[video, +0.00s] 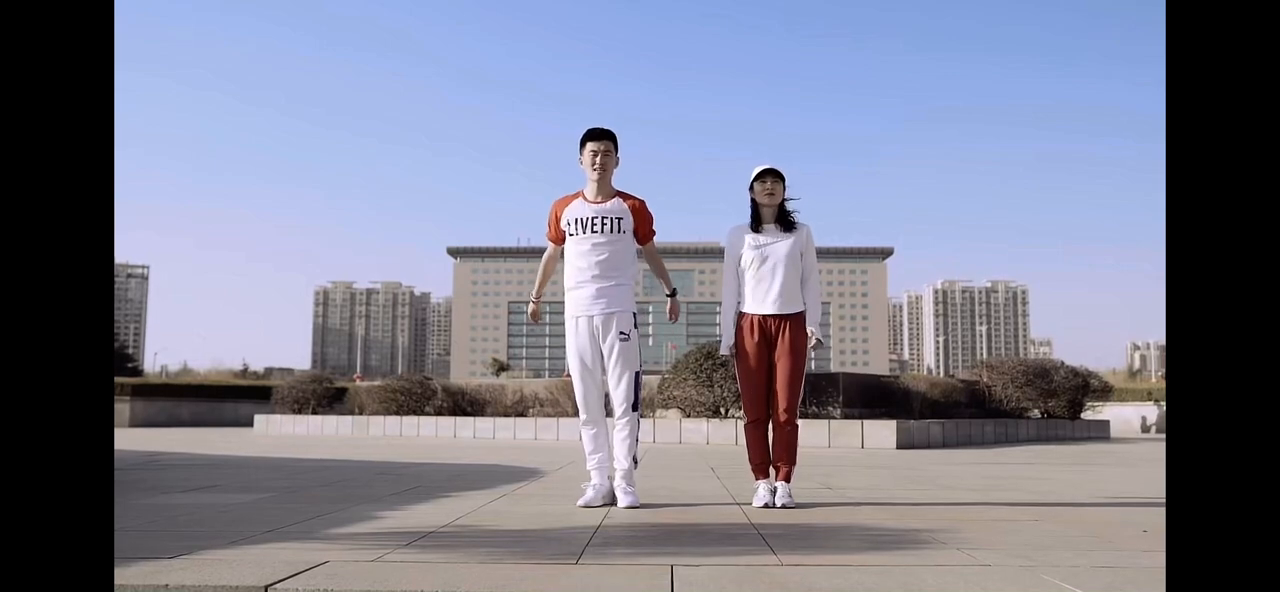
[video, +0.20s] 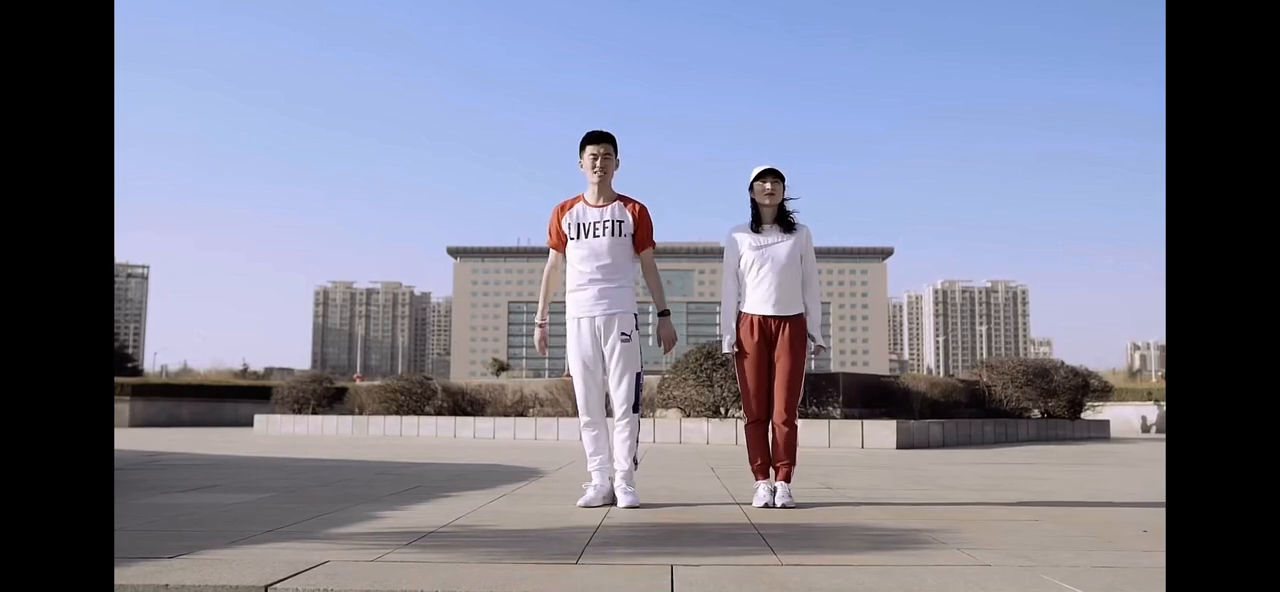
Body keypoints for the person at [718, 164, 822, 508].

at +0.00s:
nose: (769, 187)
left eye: (775, 182)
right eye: (762, 182)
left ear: (784, 191)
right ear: (752, 191)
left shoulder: (801, 233)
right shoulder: (739, 234)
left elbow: (811, 281)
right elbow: (730, 286)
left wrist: (813, 324)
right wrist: (726, 332)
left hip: (791, 325)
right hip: (750, 325)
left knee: (786, 408)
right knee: (755, 409)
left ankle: (783, 482)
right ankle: (762, 481)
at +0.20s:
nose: (769, 187)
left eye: (775, 182)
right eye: (762, 182)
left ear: (783, 191)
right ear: (752, 191)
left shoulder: (800, 234)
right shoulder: (738, 236)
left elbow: (811, 284)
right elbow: (729, 287)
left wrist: (814, 329)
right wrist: (728, 331)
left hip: (791, 324)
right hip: (751, 324)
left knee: (784, 409)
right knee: (756, 409)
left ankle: (783, 482)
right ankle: (762, 482)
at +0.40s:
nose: (767, 187)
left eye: (773, 182)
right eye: (761, 183)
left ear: (783, 191)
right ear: (752, 191)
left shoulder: (799, 233)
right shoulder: (737, 235)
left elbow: (810, 284)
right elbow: (730, 285)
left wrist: (813, 330)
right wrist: (729, 327)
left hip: (789, 324)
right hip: (749, 324)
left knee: (783, 410)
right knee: (755, 409)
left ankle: (783, 483)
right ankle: (762, 483)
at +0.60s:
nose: (766, 189)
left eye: (772, 184)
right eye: (759, 184)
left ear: (781, 192)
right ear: (751, 192)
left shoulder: (798, 234)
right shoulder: (737, 236)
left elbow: (811, 284)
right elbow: (728, 286)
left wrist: (815, 329)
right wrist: (726, 327)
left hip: (788, 324)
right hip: (748, 324)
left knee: (782, 409)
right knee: (754, 409)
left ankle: (783, 482)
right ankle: (762, 481)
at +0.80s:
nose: (762, 190)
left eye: (769, 185)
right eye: (756, 185)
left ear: (780, 192)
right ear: (749, 193)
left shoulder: (798, 234)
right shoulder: (736, 237)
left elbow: (810, 283)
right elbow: (728, 288)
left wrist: (813, 327)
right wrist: (725, 330)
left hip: (788, 324)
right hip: (747, 325)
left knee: (782, 409)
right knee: (754, 409)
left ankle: (783, 483)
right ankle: (762, 482)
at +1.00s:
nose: (762, 190)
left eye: (769, 185)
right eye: (756, 185)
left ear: (779, 192)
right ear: (749, 192)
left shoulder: (799, 232)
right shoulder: (736, 236)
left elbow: (809, 282)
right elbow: (730, 287)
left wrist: (808, 324)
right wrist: (726, 330)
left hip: (786, 323)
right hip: (747, 324)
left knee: (781, 405)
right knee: (753, 408)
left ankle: (783, 483)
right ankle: (762, 484)